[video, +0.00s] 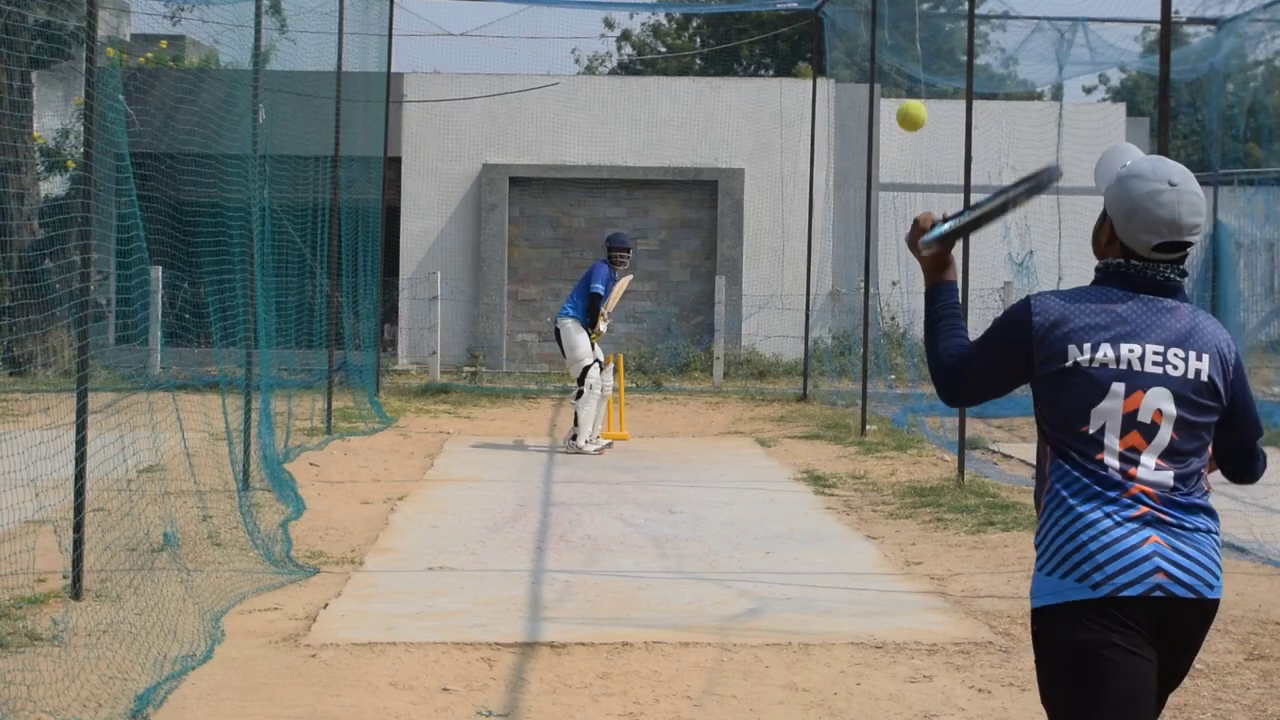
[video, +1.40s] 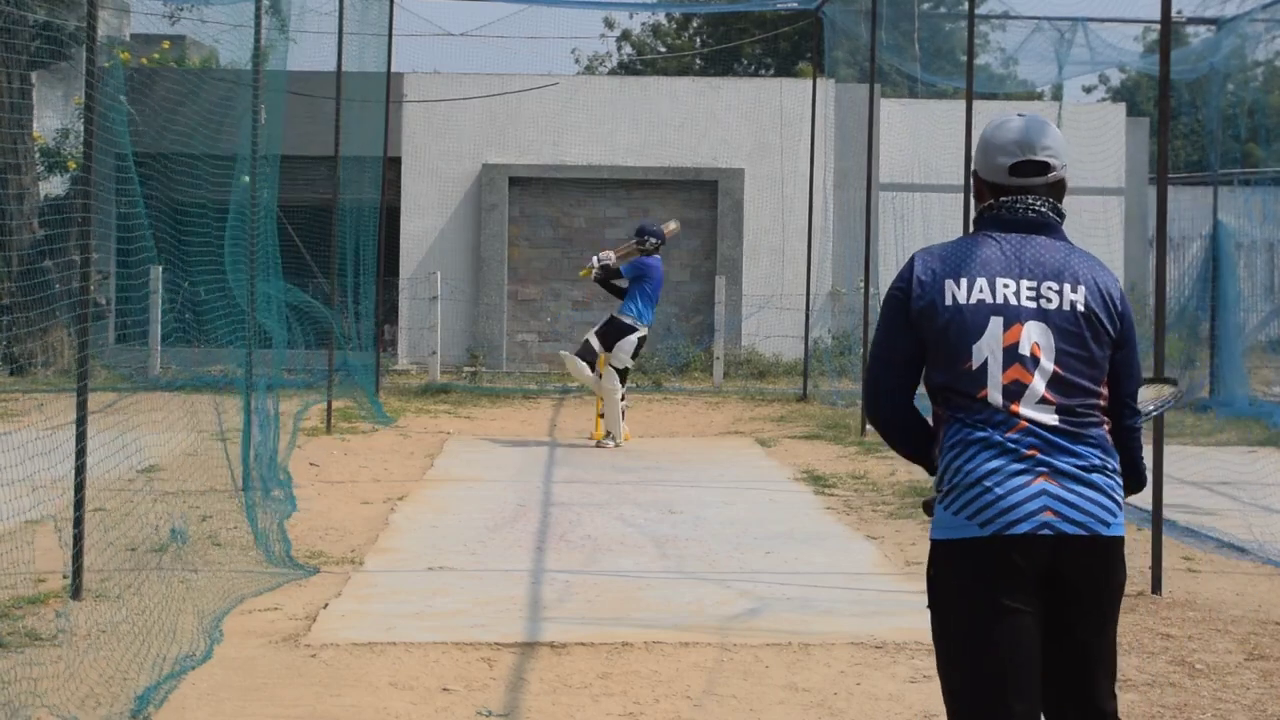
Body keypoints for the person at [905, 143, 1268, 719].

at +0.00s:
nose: (1098, 222)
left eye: (1103, 214)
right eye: (1104, 210)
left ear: (1108, 234)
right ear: (1185, 245)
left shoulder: (1048, 317)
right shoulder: (1213, 338)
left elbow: (957, 383)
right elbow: (1246, 464)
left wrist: (939, 277)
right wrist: (1204, 429)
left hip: (1088, 581)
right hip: (1193, 586)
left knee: (1096, 708)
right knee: (1129, 709)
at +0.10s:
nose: (1078, 245)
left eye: (1082, 237)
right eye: (1084, 235)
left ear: (1088, 251)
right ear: (1162, 262)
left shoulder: (1023, 334)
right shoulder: (1192, 350)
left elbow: (987, 423)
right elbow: (1211, 475)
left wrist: (956, 381)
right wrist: (1222, 513)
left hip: (1078, 566)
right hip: (1180, 572)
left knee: (1096, 707)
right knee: (1134, 708)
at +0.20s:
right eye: (1136, 265)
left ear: (1059, 268)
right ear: (1135, 272)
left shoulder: (1009, 342)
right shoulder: (1162, 341)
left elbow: (1009, 453)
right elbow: (1205, 462)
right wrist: (1231, 509)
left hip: (1052, 543)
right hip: (1156, 543)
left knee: (1086, 707)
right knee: (1136, 704)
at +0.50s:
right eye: (1111, 239)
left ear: (1037, 247)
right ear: (1110, 246)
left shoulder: (984, 314)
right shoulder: (1141, 314)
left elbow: (977, 438)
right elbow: (1183, 420)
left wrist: (1003, 502)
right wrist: (1212, 480)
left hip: (1024, 509)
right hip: (1128, 513)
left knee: (1020, 697)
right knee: (1106, 696)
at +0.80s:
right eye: (1094, 209)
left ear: (1018, 212)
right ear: (1095, 217)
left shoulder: (956, 287)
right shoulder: (1122, 298)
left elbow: (916, 420)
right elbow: (1149, 421)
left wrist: (924, 524)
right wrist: (1158, 476)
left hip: (995, 515)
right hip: (1102, 521)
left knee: (996, 701)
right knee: (1084, 700)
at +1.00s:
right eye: (1072, 193)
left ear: (998, 197)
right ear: (1076, 202)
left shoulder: (938, 275)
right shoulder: (1107, 291)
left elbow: (893, 411)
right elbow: (1139, 417)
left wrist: (901, 513)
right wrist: (1147, 476)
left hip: (976, 518)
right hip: (1084, 523)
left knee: (983, 701)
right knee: (1069, 698)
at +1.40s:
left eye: (979, 179)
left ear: (980, 187)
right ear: (1061, 189)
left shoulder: (928, 271)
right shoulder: (1102, 281)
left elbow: (885, 404)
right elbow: (1125, 411)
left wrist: (951, 460)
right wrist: (1129, 474)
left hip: (979, 531)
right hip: (1091, 531)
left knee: (990, 708)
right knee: (1086, 705)